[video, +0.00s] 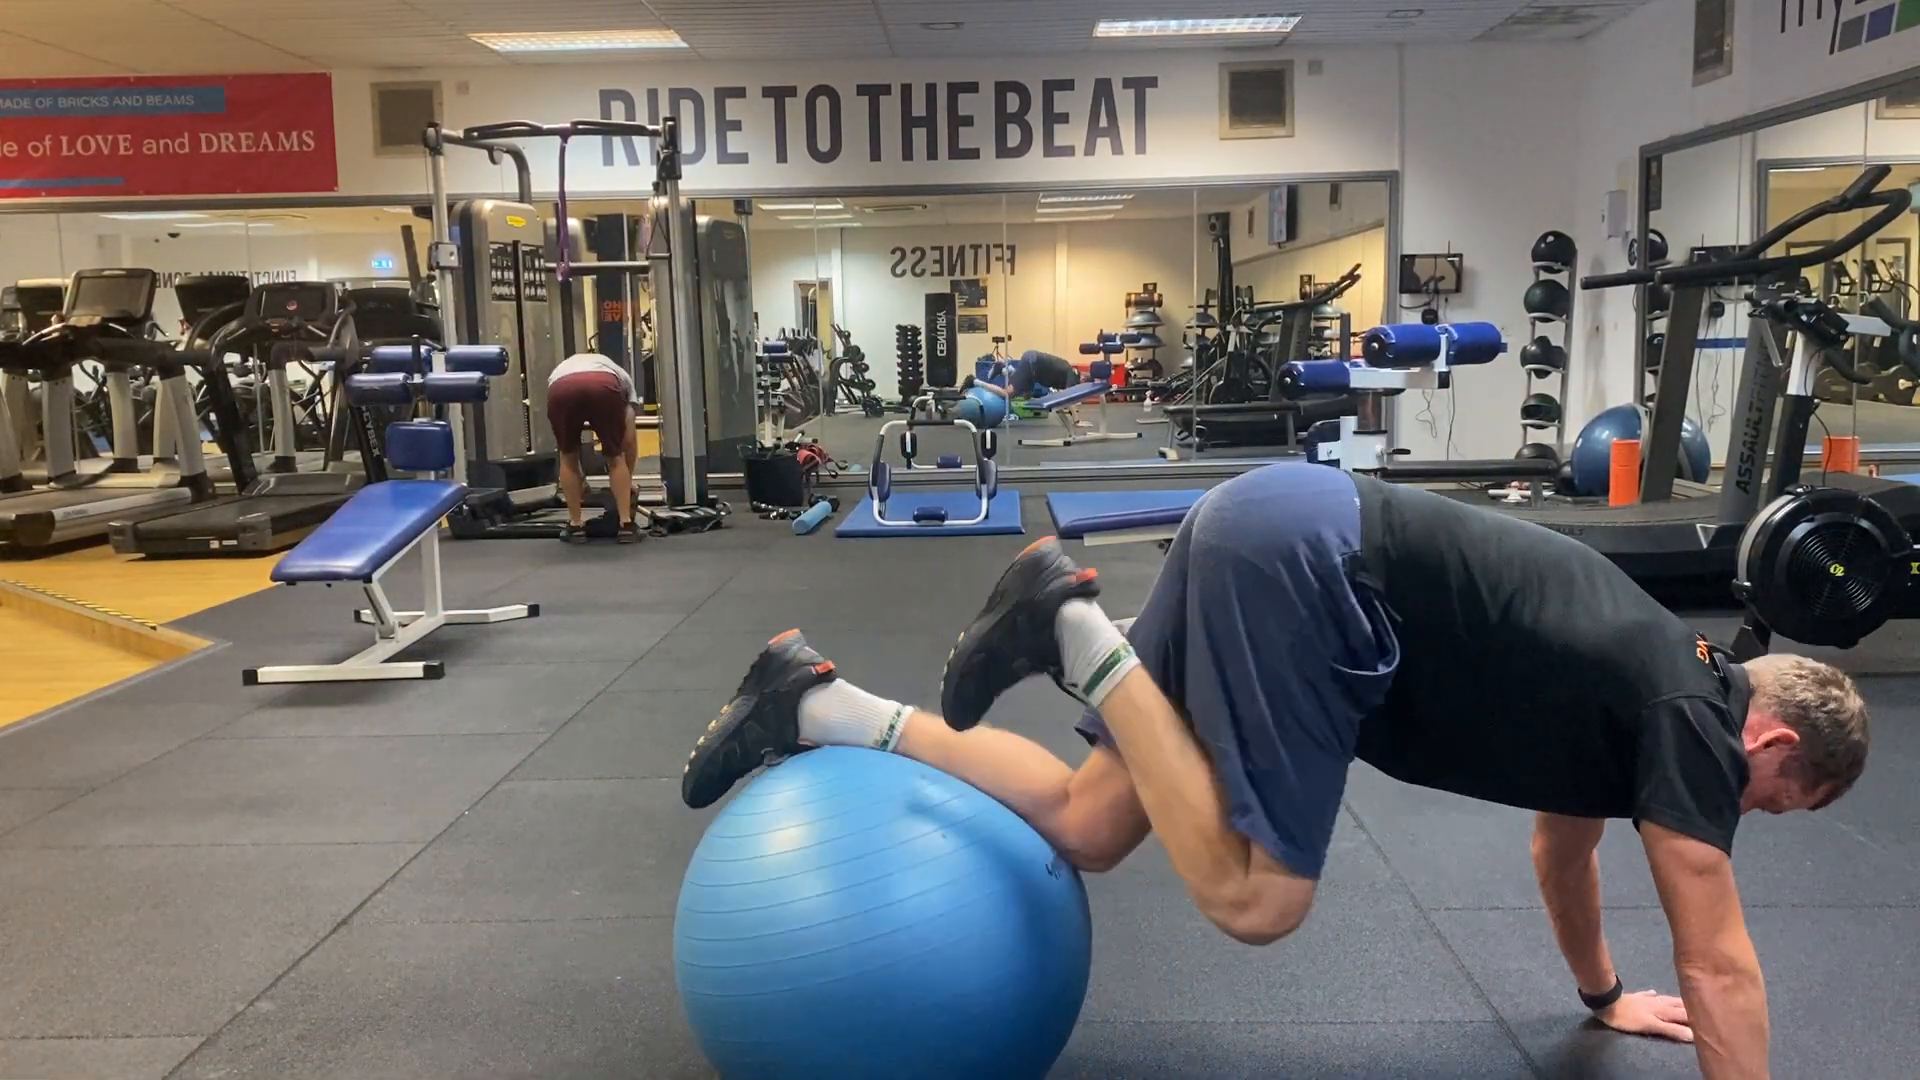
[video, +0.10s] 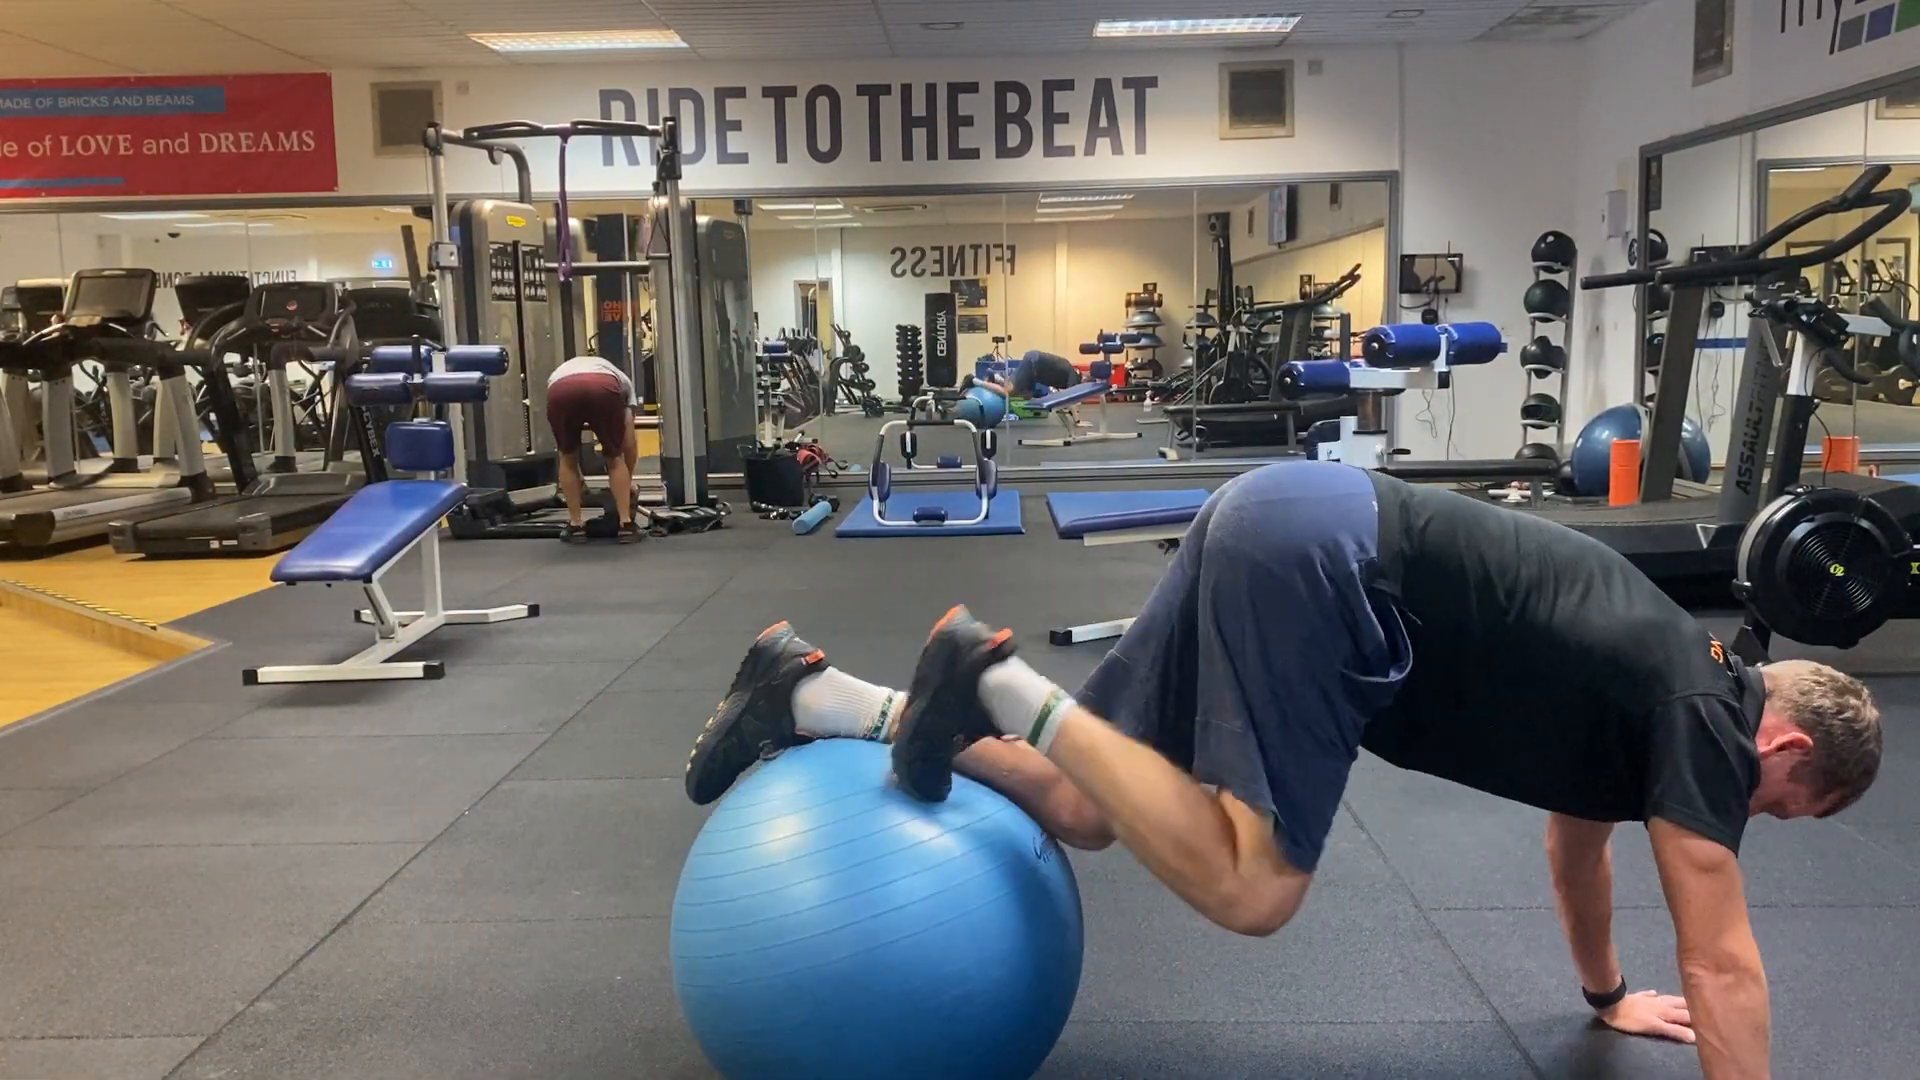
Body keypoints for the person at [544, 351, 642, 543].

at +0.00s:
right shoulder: (625, 381)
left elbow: (568, 445)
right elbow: (629, 441)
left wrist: (581, 482)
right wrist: (627, 480)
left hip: (560, 386)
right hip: (604, 385)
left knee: (568, 459)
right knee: (616, 459)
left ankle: (575, 525)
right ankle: (626, 524)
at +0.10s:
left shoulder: (556, 377)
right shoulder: (623, 381)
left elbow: (568, 444)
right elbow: (629, 442)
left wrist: (580, 482)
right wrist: (627, 479)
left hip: (560, 388)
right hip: (604, 387)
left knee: (567, 461)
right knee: (616, 459)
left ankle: (576, 525)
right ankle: (626, 523)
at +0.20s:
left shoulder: (557, 377)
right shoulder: (622, 381)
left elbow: (568, 442)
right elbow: (629, 441)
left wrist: (581, 481)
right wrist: (630, 479)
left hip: (560, 389)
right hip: (604, 388)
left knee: (568, 459)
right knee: (615, 459)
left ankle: (576, 525)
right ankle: (625, 523)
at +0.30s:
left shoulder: (557, 377)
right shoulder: (622, 381)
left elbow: (568, 444)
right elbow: (628, 441)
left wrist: (581, 482)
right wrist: (629, 480)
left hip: (561, 389)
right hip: (605, 388)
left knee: (568, 460)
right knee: (615, 459)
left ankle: (576, 525)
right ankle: (626, 523)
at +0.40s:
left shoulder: (559, 375)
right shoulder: (622, 380)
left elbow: (570, 442)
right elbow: (628, 440)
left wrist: (582, 483)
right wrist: (629, 480)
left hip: (562, 388)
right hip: (605, 386)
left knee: (569, 459)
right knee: (616, 460)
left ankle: (576, 525)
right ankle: (626, 523)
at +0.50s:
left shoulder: (558, 373)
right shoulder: (621, 373)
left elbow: (565, 438)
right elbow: (628, 434)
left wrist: (580, 479)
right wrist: (629, 479)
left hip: (564, 389)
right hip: (606, 385)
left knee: (568, 459)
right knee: (616, 461)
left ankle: (576, 525)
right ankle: (626, 524)